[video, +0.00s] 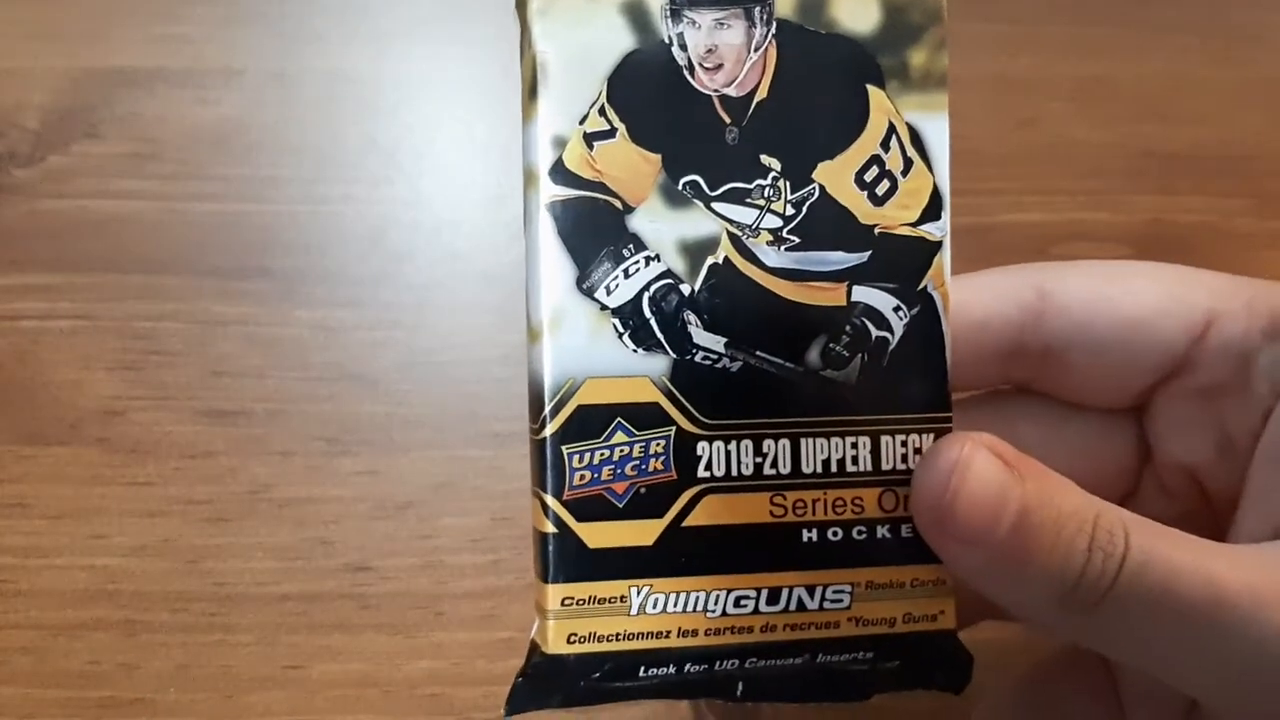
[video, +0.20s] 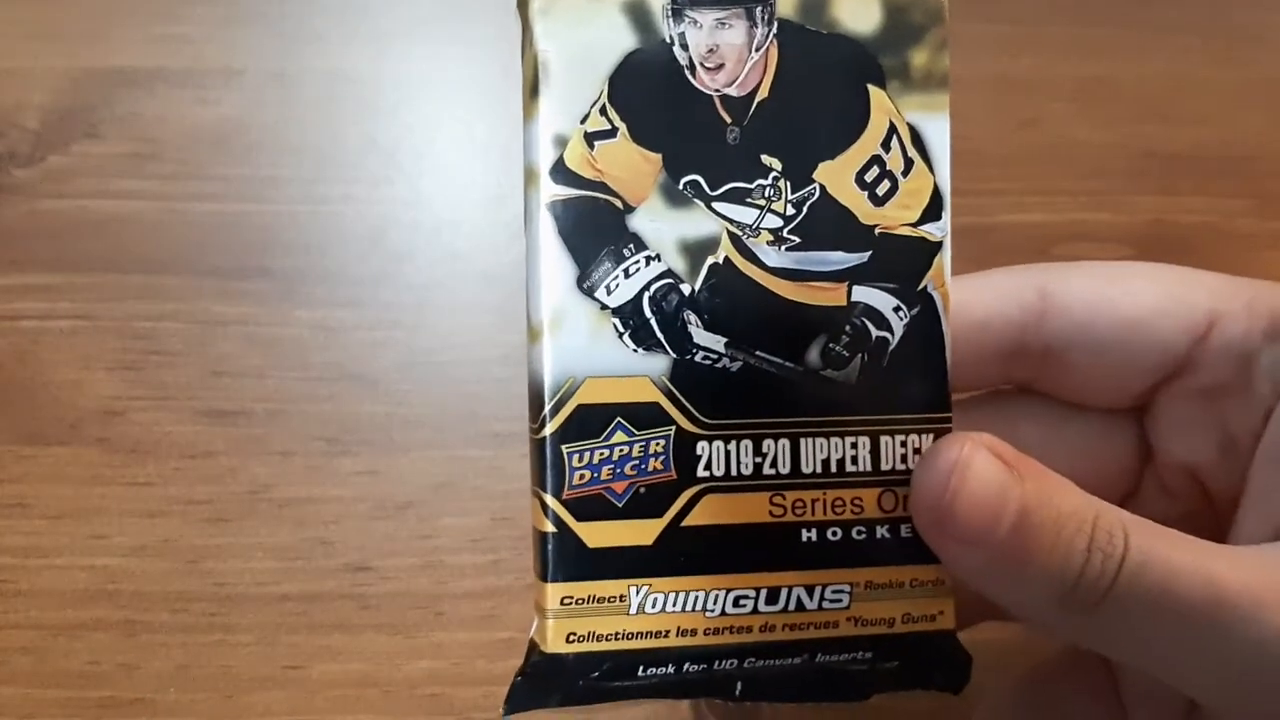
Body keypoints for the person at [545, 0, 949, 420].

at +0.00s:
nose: (704, 48)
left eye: (724, 25)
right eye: (687, 25)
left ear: (762, 24)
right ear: (671, 24)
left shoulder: (832, 81)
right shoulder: (647, 87)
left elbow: (914, 215)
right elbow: (579, 189)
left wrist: (871, 321)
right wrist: (638, 286)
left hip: (871, 282)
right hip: (753, 275)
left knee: (903, 445)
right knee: (685, 423)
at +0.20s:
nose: (705, 48)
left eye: (725, 25)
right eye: (690, 25)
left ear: (763, 23)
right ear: (673, 25)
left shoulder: (834, 81)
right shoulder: (648, 87)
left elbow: (915, 215)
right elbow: (580, 188)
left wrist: (872, 320)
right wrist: (637, 285)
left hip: (872, 283)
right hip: (753, 275)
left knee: (902, 447)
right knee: (685, 424)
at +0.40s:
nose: (693, 57)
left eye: (712, 35)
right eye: (678, 35)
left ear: (751, 31)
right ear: (662, 35)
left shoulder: (821, 88)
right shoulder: (636, 97)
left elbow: (904, 219)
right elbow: (570, 199)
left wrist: (861, 327)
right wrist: (628, 295)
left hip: (860, 290)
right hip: (742, 284)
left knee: (894, 450)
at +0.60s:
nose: (698, 49)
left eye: (717, 27)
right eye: (682, 26)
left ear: (755, 25)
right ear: (666, 25)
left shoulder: (825, 82)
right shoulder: (642, 88)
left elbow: (905, 215)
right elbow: (575, 187)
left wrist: (861, 318)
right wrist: (629, 281)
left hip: (862, 282)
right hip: (745, 274)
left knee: (894, 445)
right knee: (679, 425)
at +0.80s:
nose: (702, 47)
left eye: (722, 24)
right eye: (685, 23)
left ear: (760, 23)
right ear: (669, 22)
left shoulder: (829, 80)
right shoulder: (647, 85)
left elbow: (910, 213)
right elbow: (579, 183)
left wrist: (867, 315)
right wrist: (636, 280)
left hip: (867, 279)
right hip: (749, 272)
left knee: (897, 445)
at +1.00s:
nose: (711, 48)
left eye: (731, 26)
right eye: (695, 25)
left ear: (770, 25)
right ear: (681, 27)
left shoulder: (838, 81)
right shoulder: (658, 85)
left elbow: (918, 212)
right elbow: (591, 186)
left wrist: (879, 315)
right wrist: (651, 283)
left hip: (877, 279)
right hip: (763, 273)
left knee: (915, 437)